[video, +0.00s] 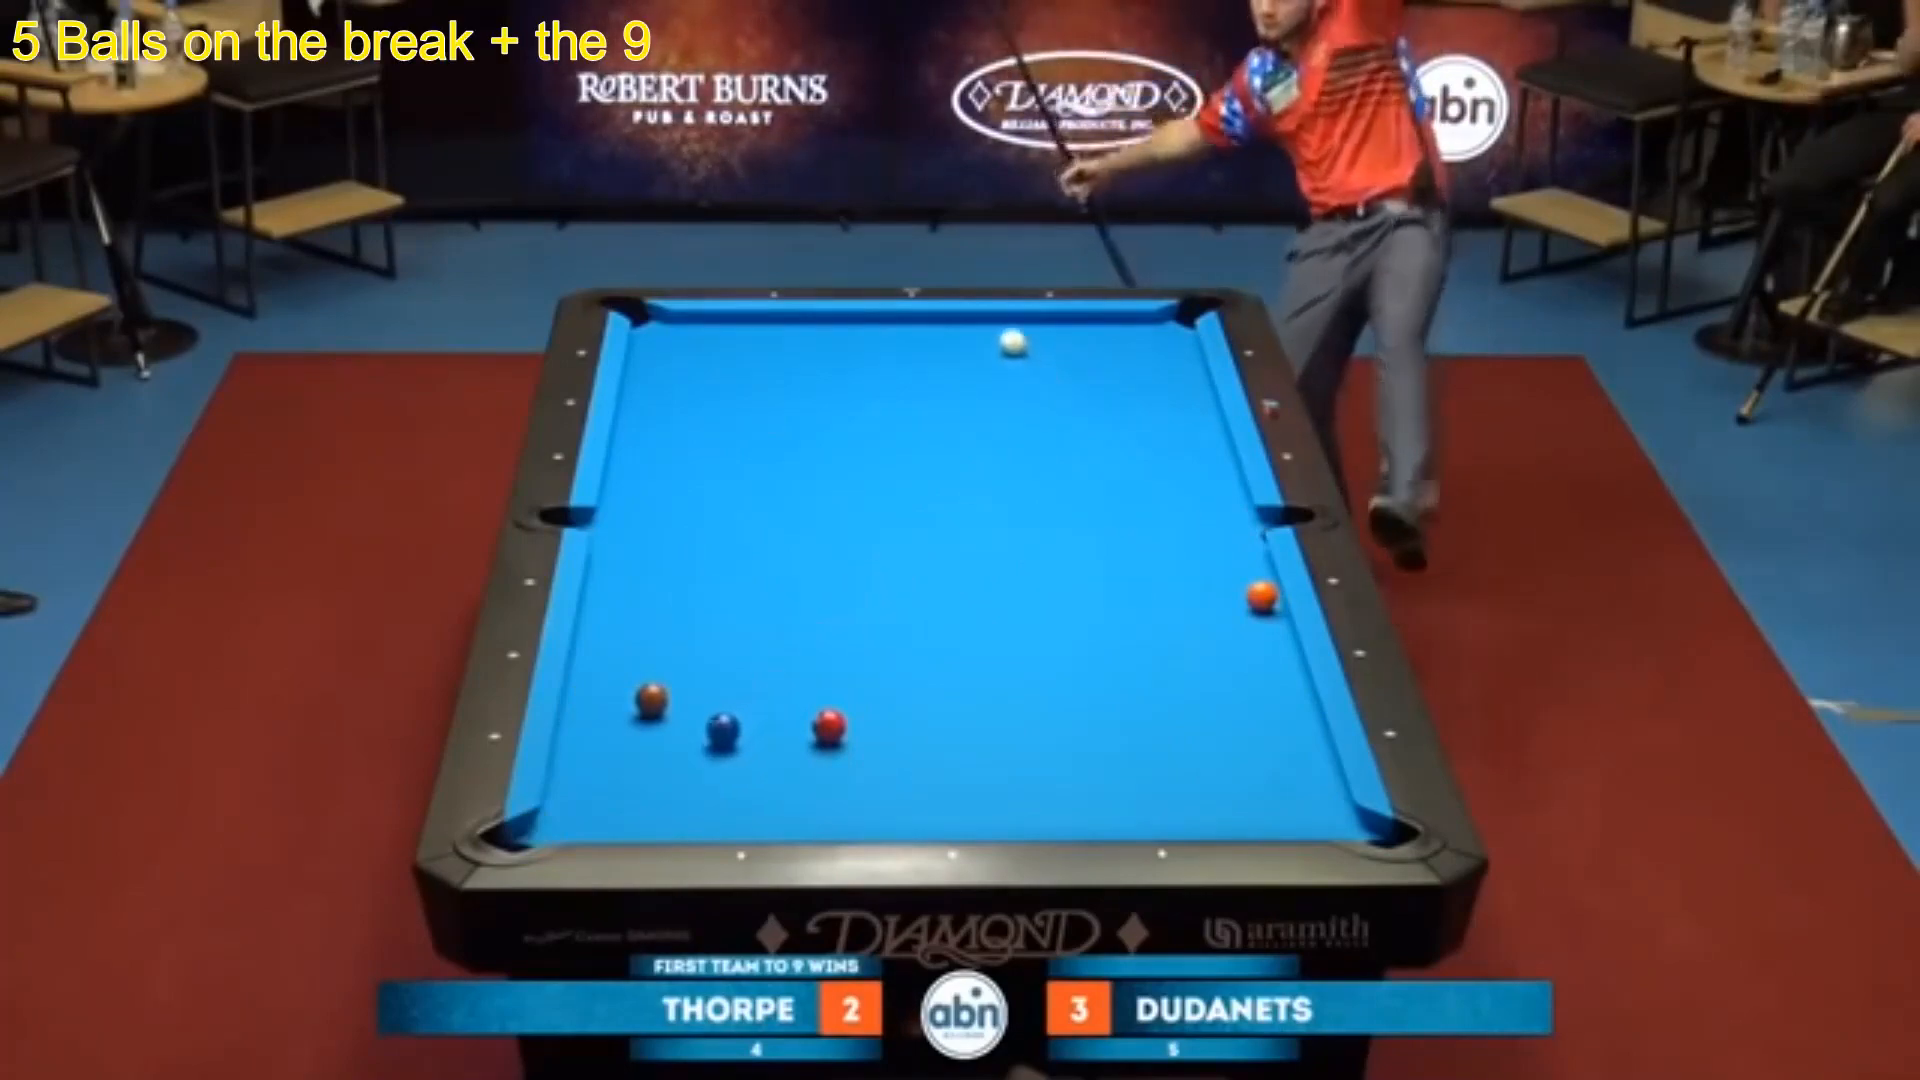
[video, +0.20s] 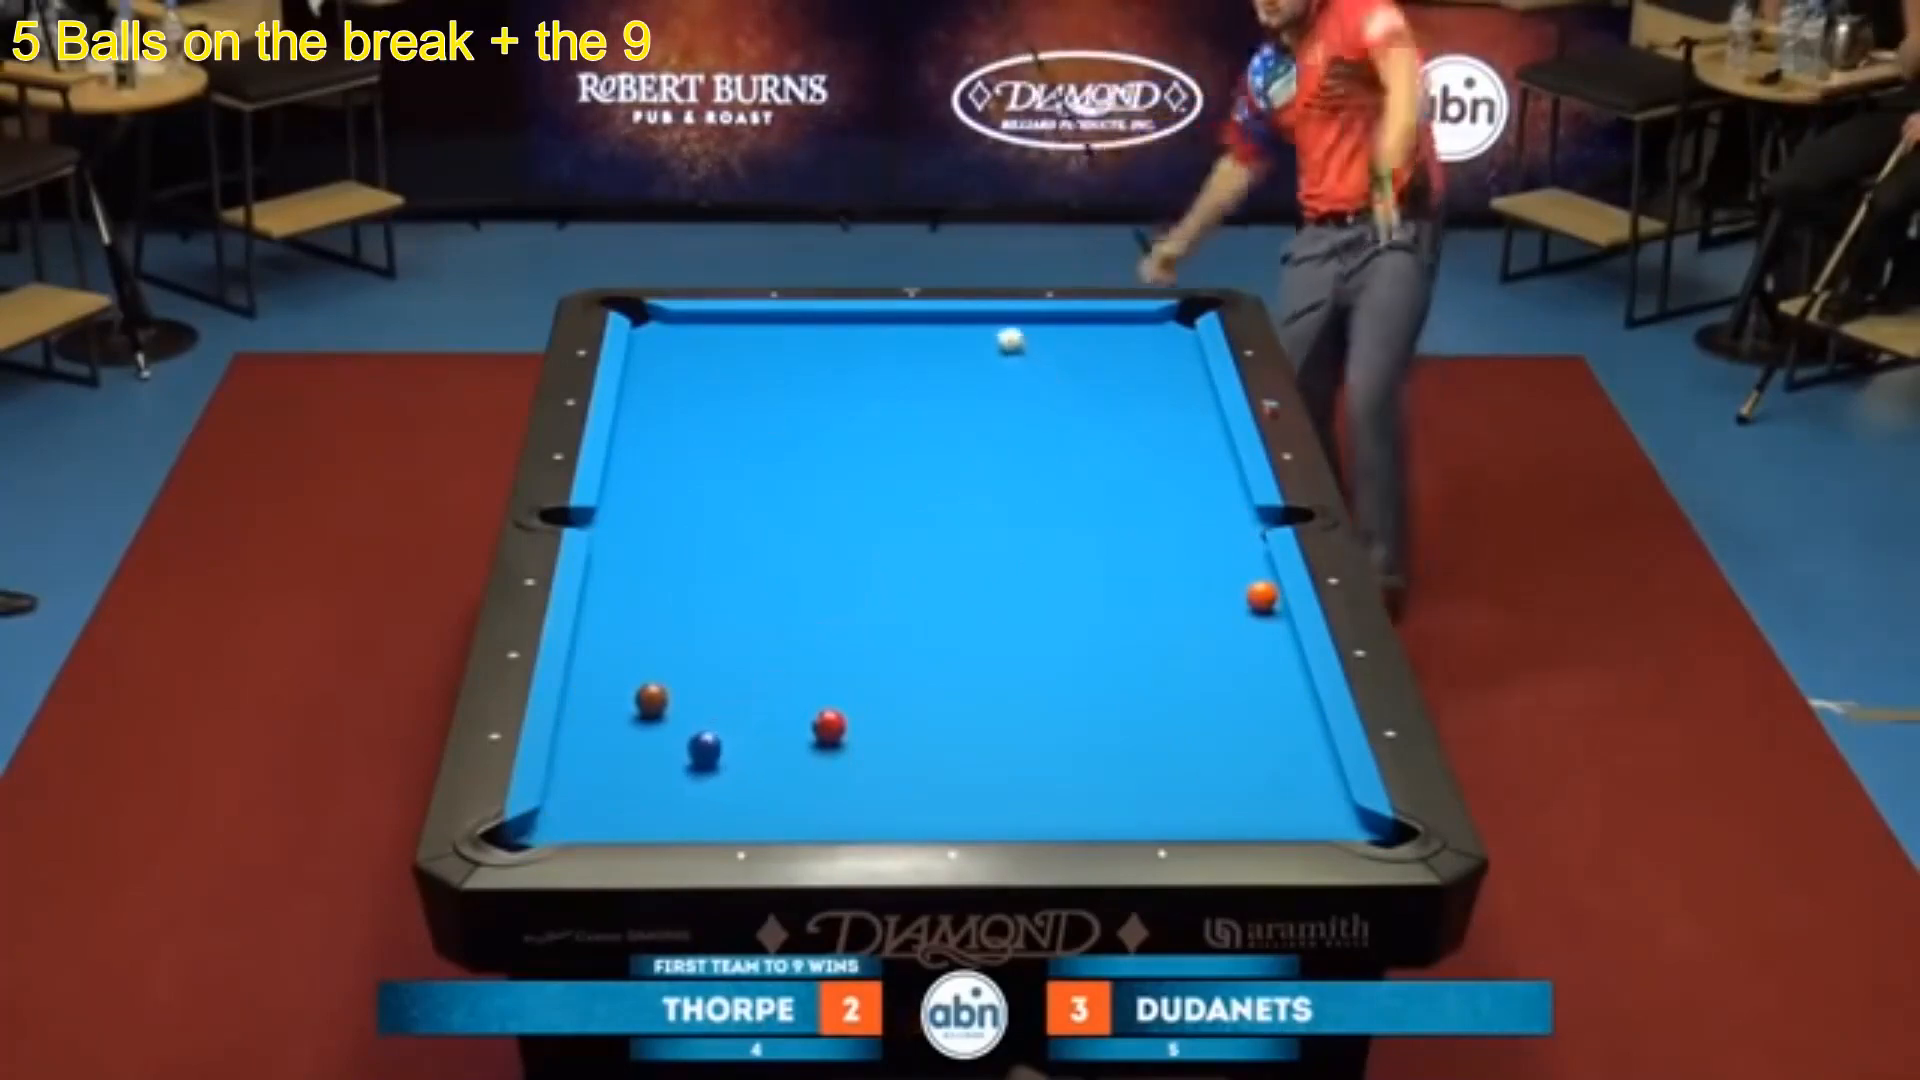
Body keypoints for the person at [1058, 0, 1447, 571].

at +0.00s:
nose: (1264, 9)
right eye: (1256, 0)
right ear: (1249, 6)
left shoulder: (1362, 19)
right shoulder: (1257, 78)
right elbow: (1191, 133)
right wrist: (1106, 163)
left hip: (1406, 220)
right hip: (1329, 235)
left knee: (1399, 337)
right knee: (1290, 380)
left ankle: (1404, 505)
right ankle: (1317, 523)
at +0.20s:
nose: (1265, 8)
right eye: (1256, 1)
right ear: (1251, 6)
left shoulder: (1363, 14)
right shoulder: (1264, 70)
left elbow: (1406, 75)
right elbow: (1240, 162)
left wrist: (1390, 166)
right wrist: (1176, 244)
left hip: (1394, 231)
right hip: (1317, 242)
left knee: (1368, 392)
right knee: (1288, 398)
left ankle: (1382, 566)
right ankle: (1308, 558)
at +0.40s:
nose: (1273, 15)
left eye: (1288, 3)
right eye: (1264, 4)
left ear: (1325, 4)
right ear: (1256, 9)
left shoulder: (1377, 70)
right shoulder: (1292, 64)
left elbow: (1420, 202)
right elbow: (1302, 178)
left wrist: (1410, 320)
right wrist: (1290, 272)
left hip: (1371, 276)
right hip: (1305, 267)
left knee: (1336, 449)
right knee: (1287, 432)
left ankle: (1368, 605)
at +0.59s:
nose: (1277, 41)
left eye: (1290, 23)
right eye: (1265, 26)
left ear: (1329, 10)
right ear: (1254, 21)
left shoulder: (1375, 86)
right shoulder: (1307, 61)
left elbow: (1405, 227)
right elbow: (1329, 169)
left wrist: (1378, 339)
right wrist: (1308, 249)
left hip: (1366, 278)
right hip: (1309, 257)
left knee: (1333, 448)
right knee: (1263, 399)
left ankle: (1368, 604)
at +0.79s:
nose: (1262, 49)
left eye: (1277, 33)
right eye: (1253, 34)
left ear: (1319, 20)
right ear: (1245, 24)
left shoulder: (1356, 97)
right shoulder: (1302, 50)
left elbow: (1363, 241)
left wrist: (1323, 351)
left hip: (1385, 255)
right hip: (1319, 231)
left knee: (1333, 426)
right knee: (1272, 379)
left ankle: (1369, 595)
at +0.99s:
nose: (1202, 57)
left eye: (1215, 41)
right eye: (1195, 43)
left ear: (1258, 30)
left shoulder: (1308, 93)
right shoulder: (1266, 52)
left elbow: (1305, 242)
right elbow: (1292, 144)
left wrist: (1286, 348)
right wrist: (1275, 207)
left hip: (1358, 252)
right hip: (1292, 238)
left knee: (1330, 433)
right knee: (1269, 396)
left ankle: (1371, 603)